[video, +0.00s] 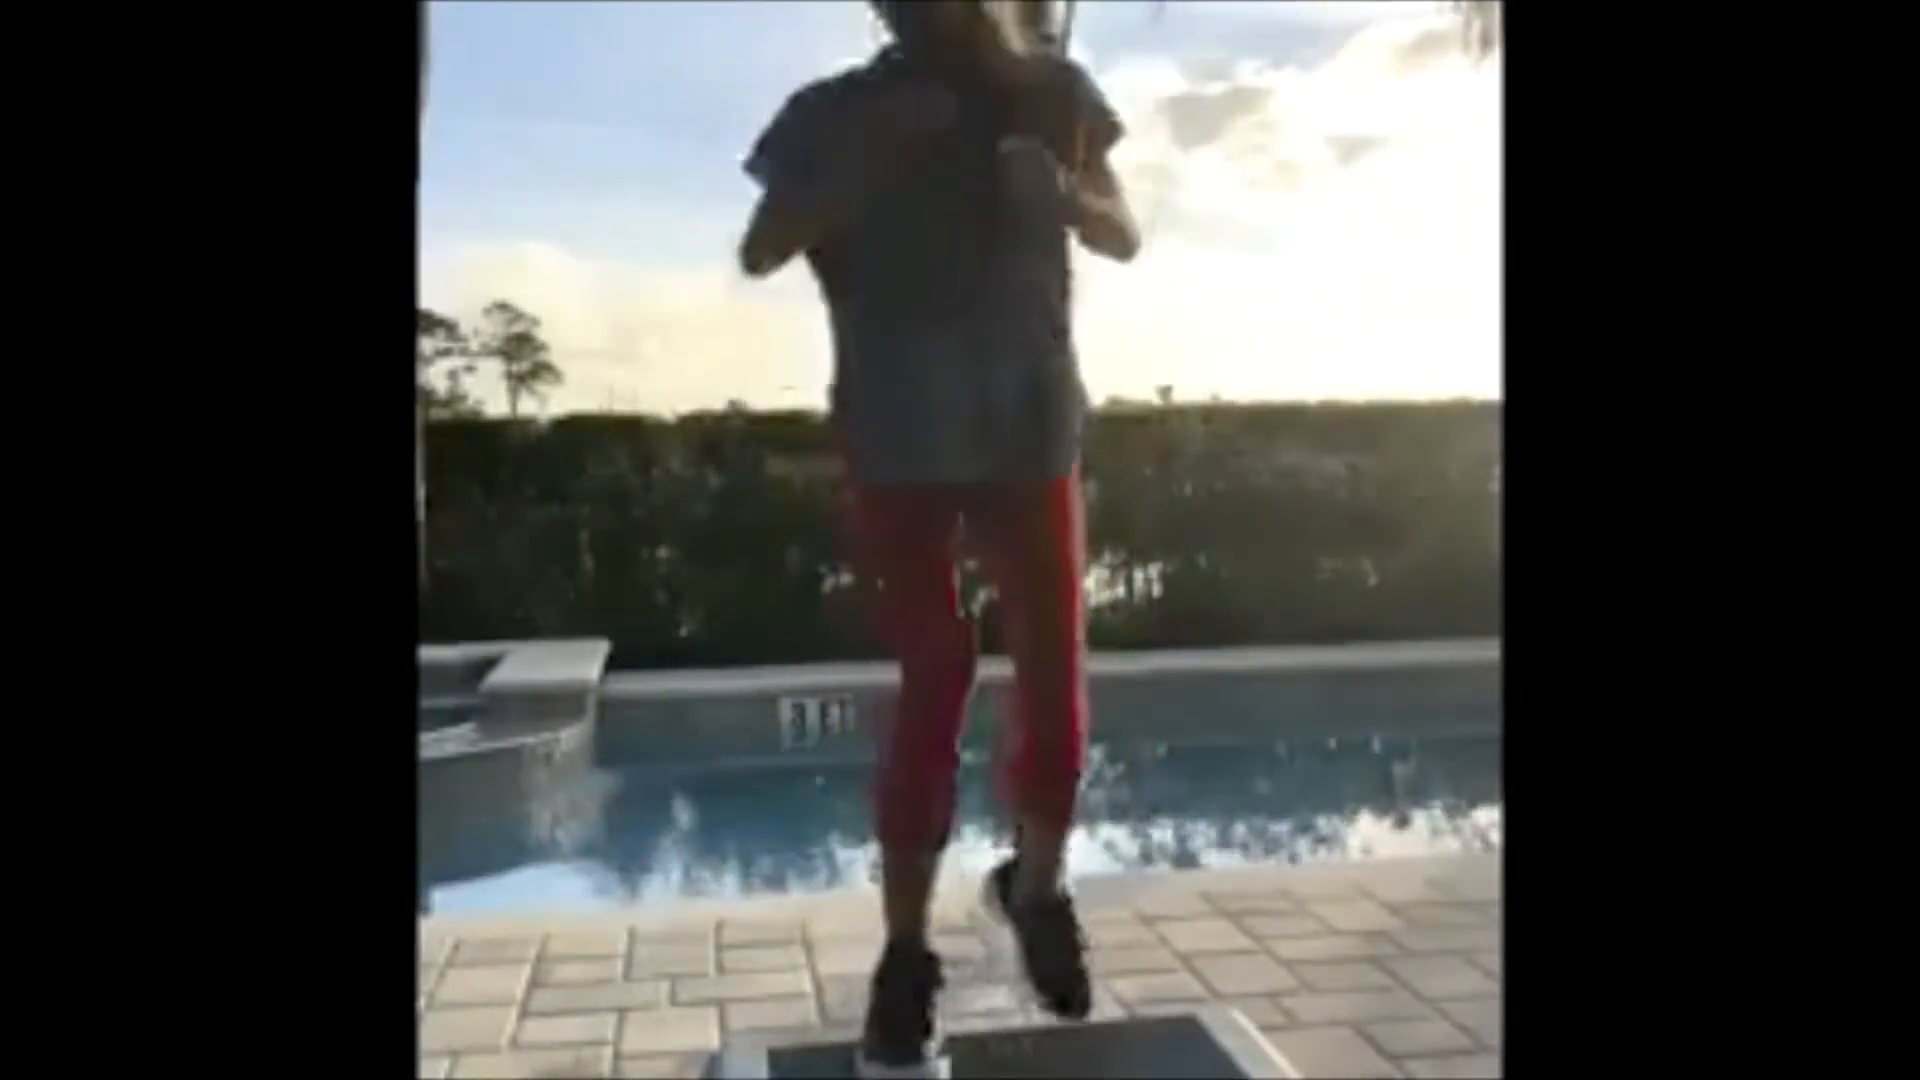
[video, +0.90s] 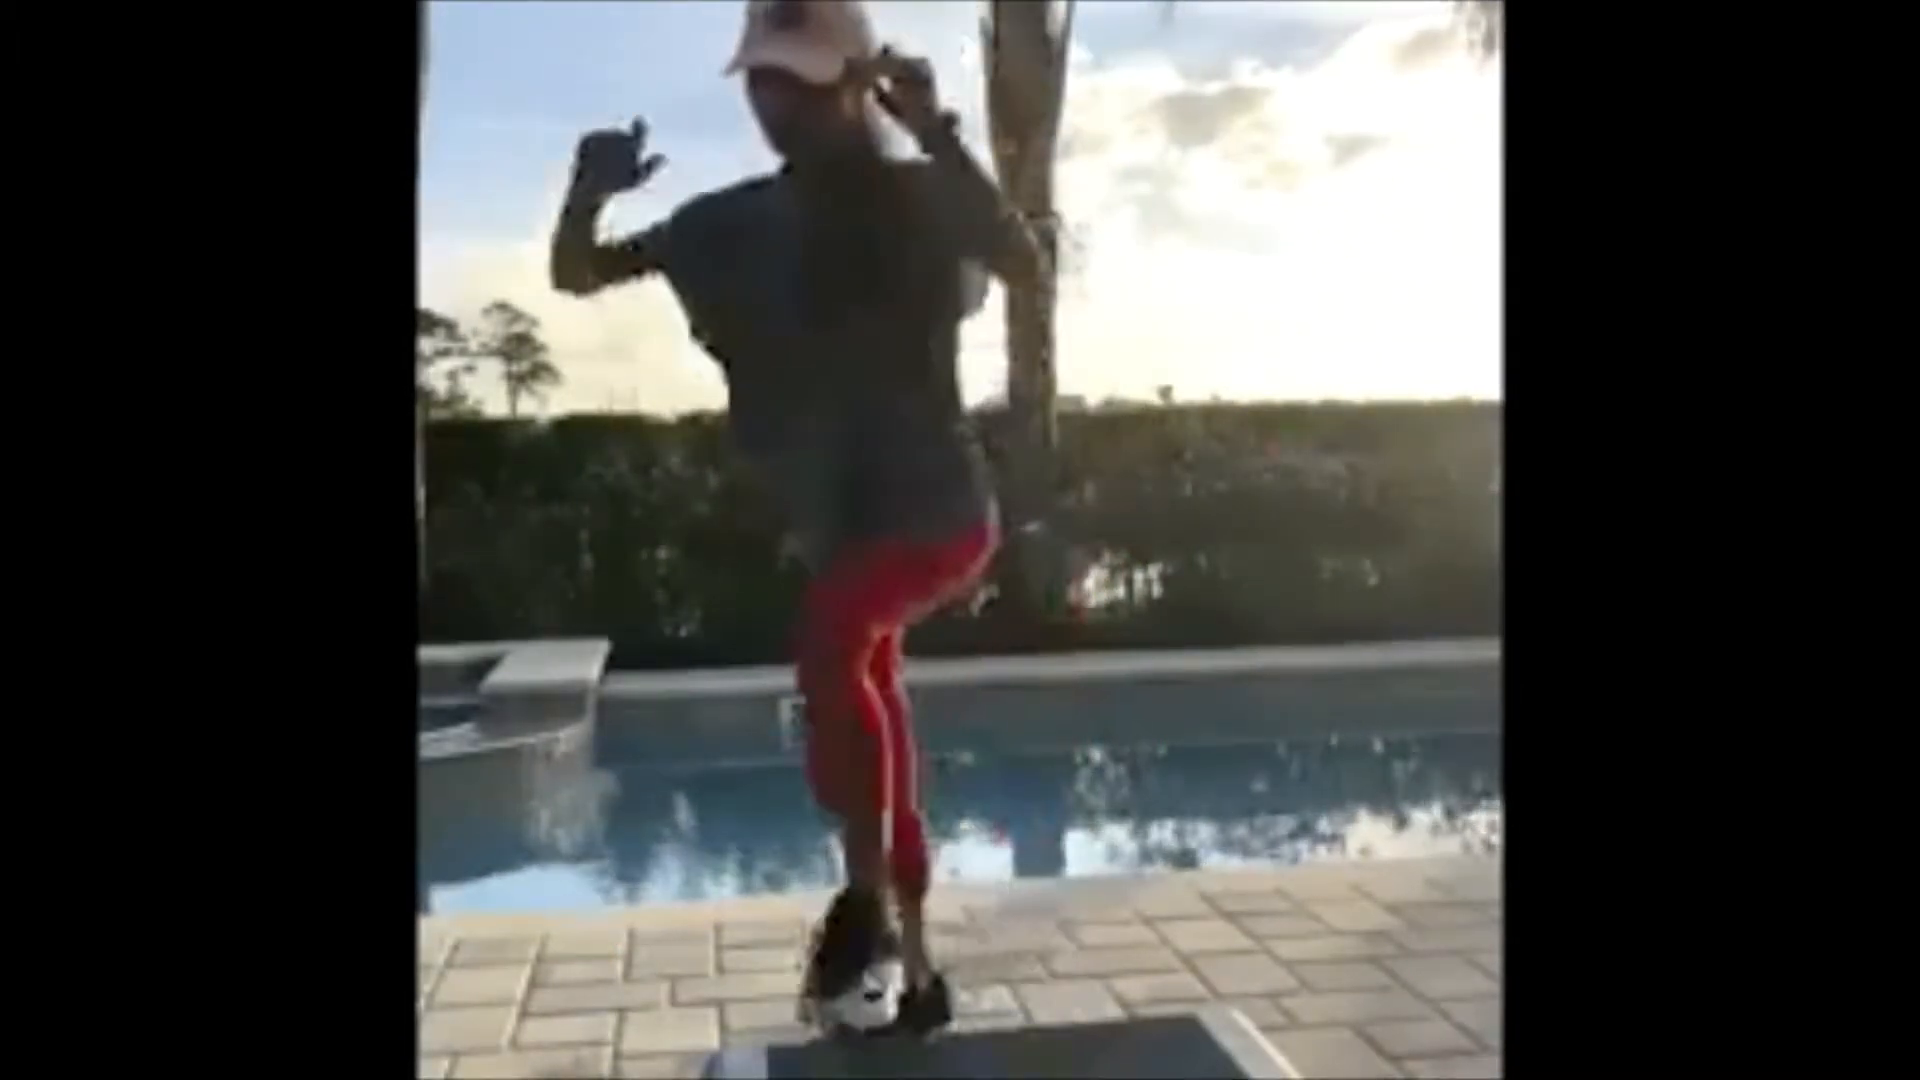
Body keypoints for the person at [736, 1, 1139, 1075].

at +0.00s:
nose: (953, 15)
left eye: (966, 4)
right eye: (934, 5)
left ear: (991, 8)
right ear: (901, 11)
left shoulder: (1047, 91)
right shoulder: (838, 112)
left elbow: (1121, 236)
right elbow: (761, 250)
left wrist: (1061, 185)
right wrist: (866, 158)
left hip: (1031, 436)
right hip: (896, 443)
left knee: (1052, 668)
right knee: (934, 674)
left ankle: (1038, 884)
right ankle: (906, 952)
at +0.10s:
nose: (906, 68)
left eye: (927, 45)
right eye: (891, 48)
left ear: (978, 48)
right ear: (881, 59)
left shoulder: (1055, 170)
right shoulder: (857, 200)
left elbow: (1092, 317)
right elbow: (822, 361)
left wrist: (986, 289)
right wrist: (901, 288)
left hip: (1033, 472)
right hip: (903, 479)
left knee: (1038, 697)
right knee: (948, 677)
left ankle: (1031, 928)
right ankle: (906, 952)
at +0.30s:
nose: (915, 136)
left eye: (934, 113)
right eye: (900, 114)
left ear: (984, 108)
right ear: (885, 117)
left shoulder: (1056, 240)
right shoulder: (879, 245)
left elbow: (1093, 397)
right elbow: (880, 328)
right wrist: (936, 200)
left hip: (1041, 505)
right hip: (921, 504)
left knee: (1034, 727)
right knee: (897, 651)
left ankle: (1022, 944)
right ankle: (913, 911)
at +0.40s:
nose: (887, 122)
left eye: (907, 103)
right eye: (877, 102)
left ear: (968, 99)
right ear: (873, 105)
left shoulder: (1048, 219)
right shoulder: (871, 224)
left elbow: (1105, 348)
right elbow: (876, 328)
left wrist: (1086, 462)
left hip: (1035, 489)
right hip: (920, 488)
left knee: (1029, 714)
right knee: (879, 674)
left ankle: (1030, 939)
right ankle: (908, 896)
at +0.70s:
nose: (814, 124)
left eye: (834, 103)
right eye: (801, 102)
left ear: (890, 102)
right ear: (788, 106)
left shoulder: (964, 224)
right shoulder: (795, 248)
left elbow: (1026, 368)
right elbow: (766, 393)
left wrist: (1007, 470)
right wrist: (759, 431)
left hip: (969, 518)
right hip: (863, 526)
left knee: (918, 751)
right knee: (867, 761)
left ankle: (1001, 896)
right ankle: (909, 974)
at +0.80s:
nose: (787, 104)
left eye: (807, 82)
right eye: (778, 83)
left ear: (871, 82)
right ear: (771, 87)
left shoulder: (940, 200)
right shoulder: (752, 227)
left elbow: (1027, 342)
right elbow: (655, 355)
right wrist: (661, 326)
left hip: (958, 501)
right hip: (848, 518)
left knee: (862, 649)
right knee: (876, 700)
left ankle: (937, 864)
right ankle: (915, 958)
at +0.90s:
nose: (774, 108)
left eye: (795, 87)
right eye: (761, 86)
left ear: (854, 88)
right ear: (748, 88)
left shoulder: (909, 193)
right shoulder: (728, 223)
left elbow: (1015, 249)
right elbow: (578, 274)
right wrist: (589, 187)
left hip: (938, 501)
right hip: (825, 516)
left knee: (834, 632)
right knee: (874, 720)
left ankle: (867, 898)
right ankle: (911, 963)